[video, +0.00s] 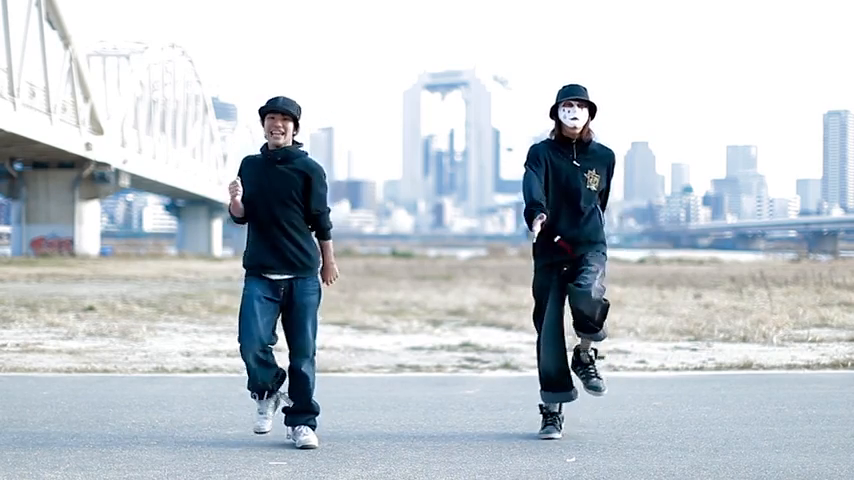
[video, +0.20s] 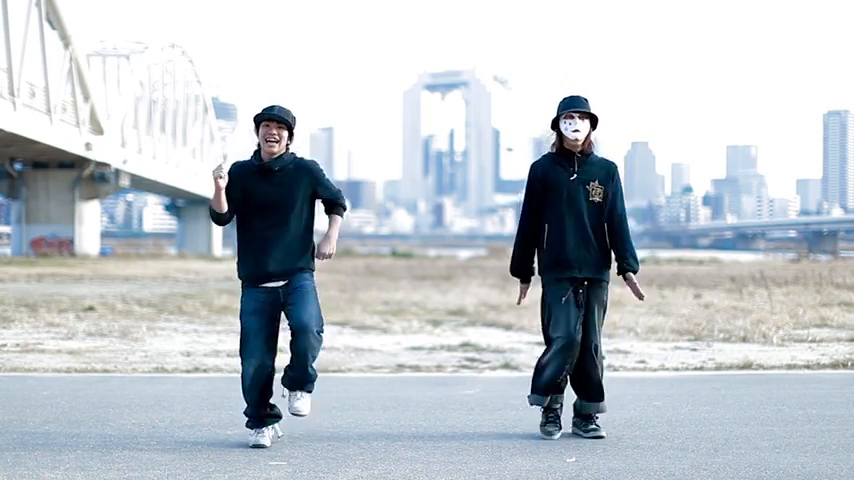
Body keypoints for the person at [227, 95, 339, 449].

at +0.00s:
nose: (276, 125)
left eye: (283, 120)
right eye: (271, 119)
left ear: (294, 127)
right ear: (262, 124)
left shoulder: (310, 168)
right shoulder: (250, 165)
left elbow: (320, 218)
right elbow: (242, 217)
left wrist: (328, 259)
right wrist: (235, 204)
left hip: (303, 273)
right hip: (260, 272)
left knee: (303, 352)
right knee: (251, 346)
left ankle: (303, 422)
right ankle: (269, 388)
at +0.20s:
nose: (271, 134)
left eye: (278, 130)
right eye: (266, 128)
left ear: (289, 136)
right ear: (257, 133)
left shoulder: (306, 170)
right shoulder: (240, 172)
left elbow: (336, 201)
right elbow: (221, 219)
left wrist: (330, 236)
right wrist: (219, 188)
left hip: (298, 275)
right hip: (256, 280)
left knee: (308, 330)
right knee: (255, 355)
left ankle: (298, 385)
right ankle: (261, 423)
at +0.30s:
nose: (277, 128)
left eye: (283, 124)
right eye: (271, 124)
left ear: (294, 132)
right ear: (261, 131)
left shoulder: (309, 171)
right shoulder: (245, 165)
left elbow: (335, 215)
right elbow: (222, 195)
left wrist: (335, 204)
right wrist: (208, 210)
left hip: (296, 259)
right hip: (257, 266)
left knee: (307, 280)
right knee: (255, 345)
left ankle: (291, 338)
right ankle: (262, 420)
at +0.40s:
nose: (281, 123)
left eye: (287, 118)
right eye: (274, 118)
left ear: (298, 125)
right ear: (265, 125)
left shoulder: (311, 164)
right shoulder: (250, 157)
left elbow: (320, 210)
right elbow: (223, 198)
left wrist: (330, 180)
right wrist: (206, 235)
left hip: (297, 255)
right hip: (257, 259)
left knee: (302, 296)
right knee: (255, 340)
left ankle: (294, 353)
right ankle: (259, 418)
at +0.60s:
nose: (283, 139)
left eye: (289, 135)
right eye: (277, 133)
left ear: (300, 141)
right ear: (268, 137)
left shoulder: (314, 181)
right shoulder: (249, 179)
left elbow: (320, 229)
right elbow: (236, 227)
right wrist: (233, 270)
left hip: (298, 288)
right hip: (257, 286)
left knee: (292, 361)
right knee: (256, 361)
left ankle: (298, 429)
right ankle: (263, 423)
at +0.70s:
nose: (280, 133)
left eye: (287, 129)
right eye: (275, 128)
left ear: (298, 136)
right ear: (266, 133)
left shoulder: (315, 171)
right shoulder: (251, 171)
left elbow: (341, 211)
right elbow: (226, 214)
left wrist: (319, 230)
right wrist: (248, 234)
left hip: (301, 283)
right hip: (258, 279)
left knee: (299, 358)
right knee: (241, 334)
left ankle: (297, 428)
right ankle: (259, 390)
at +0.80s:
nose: (280, 131)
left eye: (286, 127)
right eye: (274, 126)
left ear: (295, 138)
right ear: (265, 135)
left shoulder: (312, 172)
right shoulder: (249, 171)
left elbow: (348, 192)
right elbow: (211, 193)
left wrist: (321, 161)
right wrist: (224, 162)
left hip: (300, 274)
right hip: (261, 267)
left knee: (299, 355)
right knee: (242, 289)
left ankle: (295, 428)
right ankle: (261, 342)